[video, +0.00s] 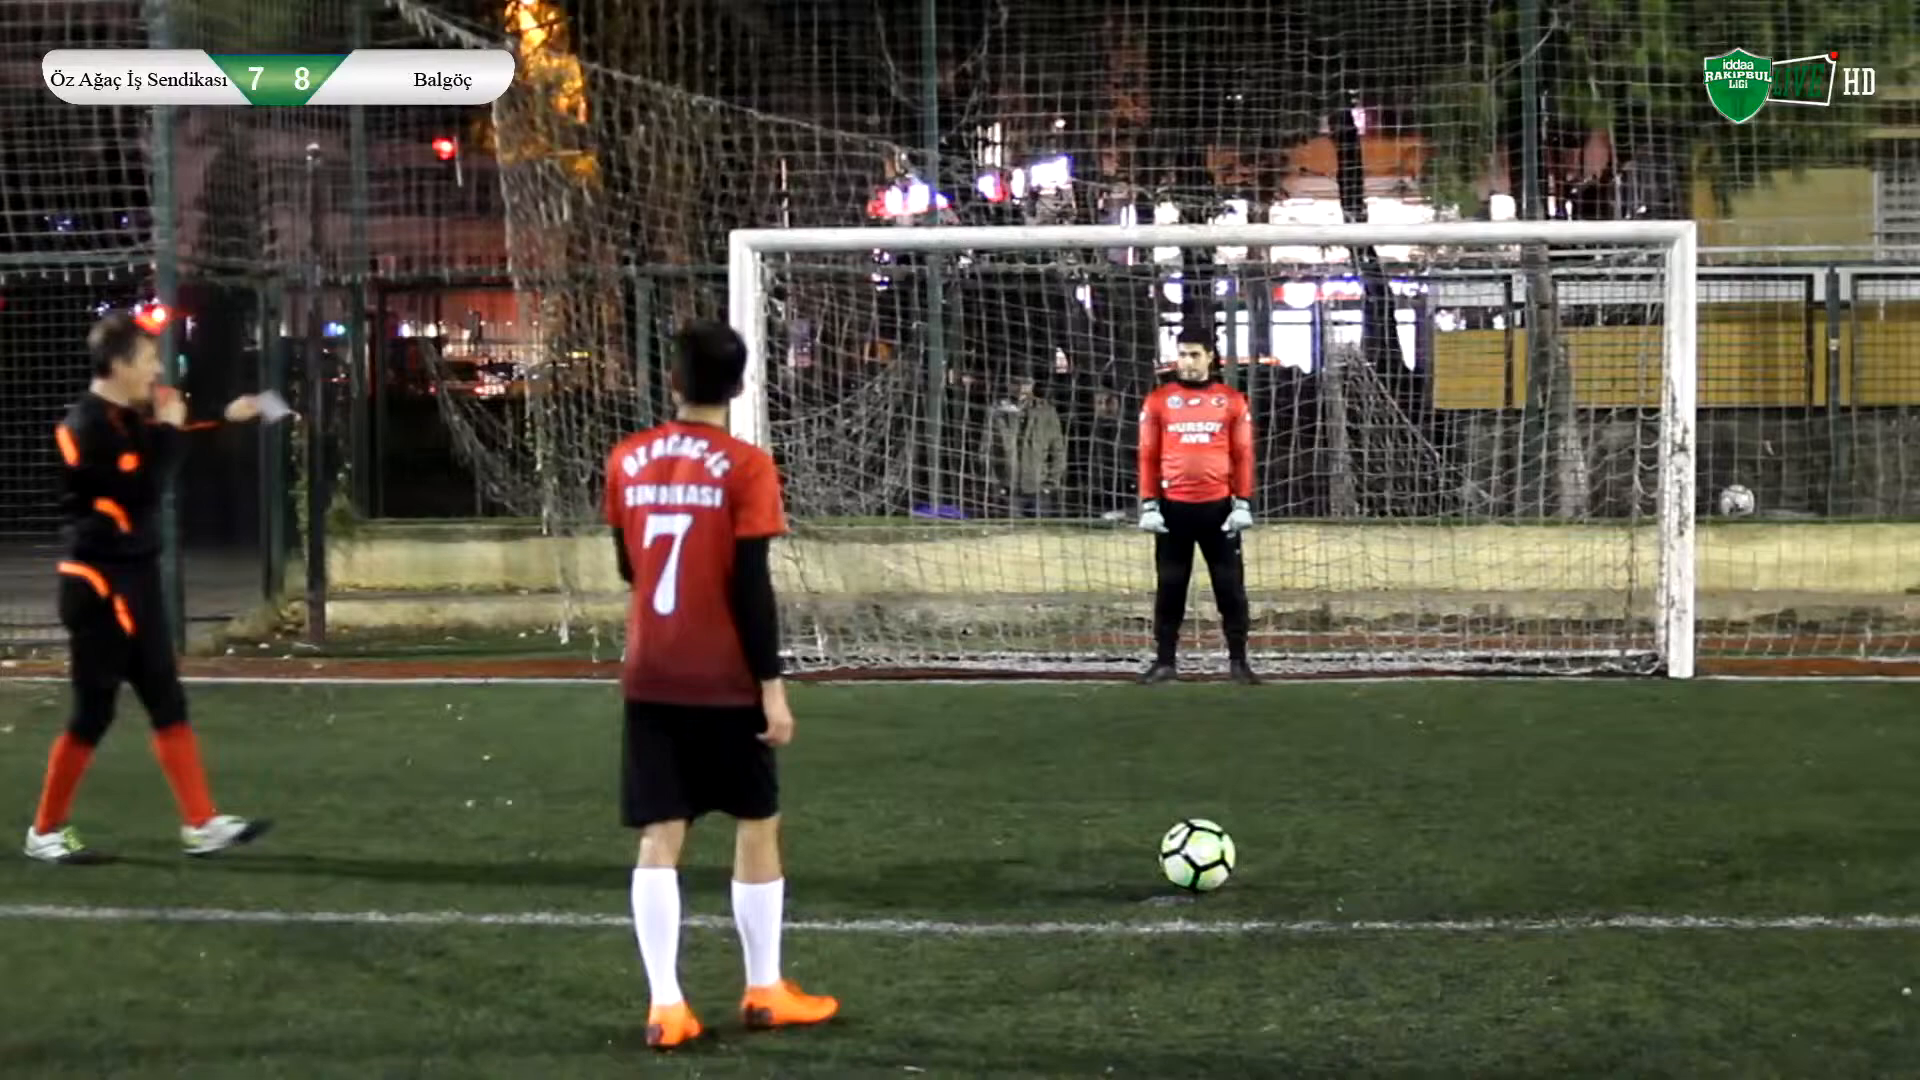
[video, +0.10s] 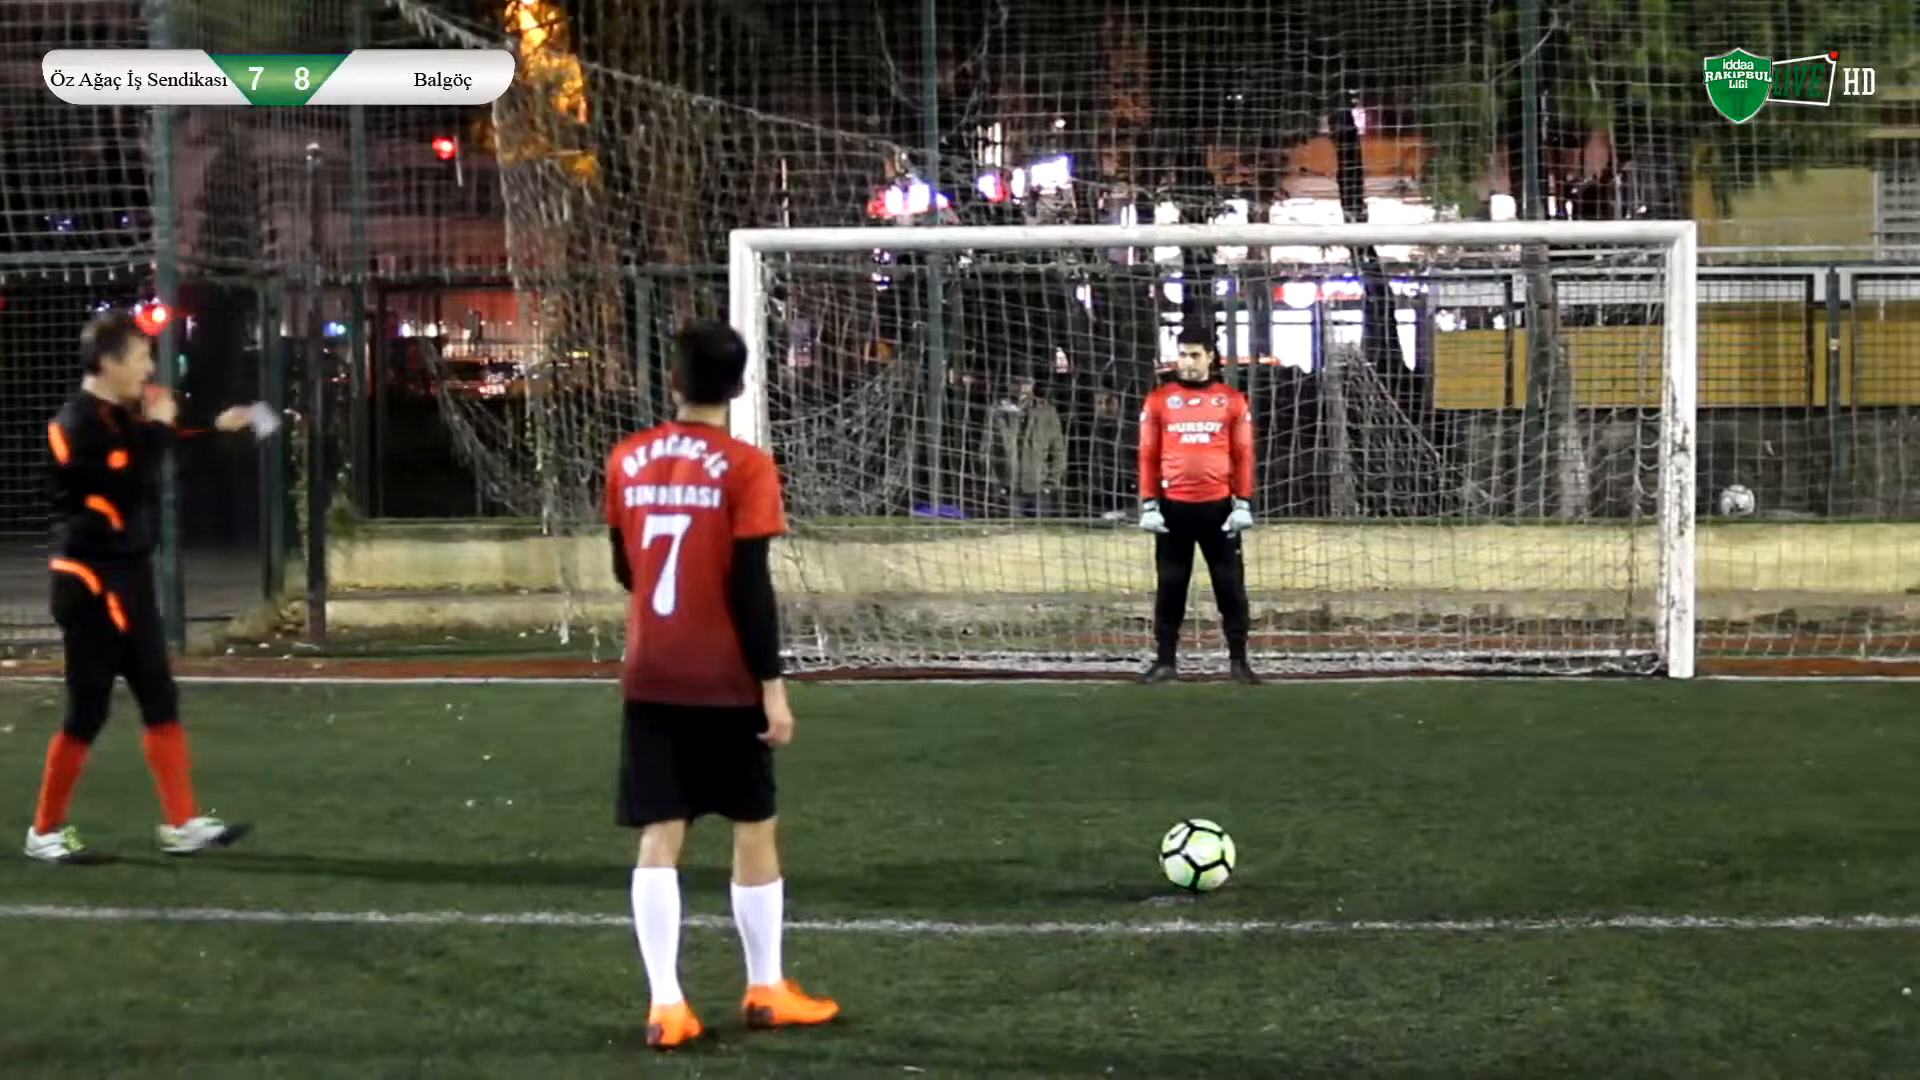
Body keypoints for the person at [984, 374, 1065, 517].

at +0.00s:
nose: (1020, 389)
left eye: (1026, 383)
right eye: (1015, 383)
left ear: (1034, 386)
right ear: (1008, 385)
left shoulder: (1047, 412)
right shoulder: (998, 412)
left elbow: (1058, 451)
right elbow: (986, 451)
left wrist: (1051, 484)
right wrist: (995, 485)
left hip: (1040, 492)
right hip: (1009, 492)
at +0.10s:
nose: (1021, 389)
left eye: (1026, 383)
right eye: (1016, 383)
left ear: (1034, 385)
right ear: (1008, 385)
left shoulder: (1047, 412)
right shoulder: (998, 411)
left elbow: (1058, 450)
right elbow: (987, 451)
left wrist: (1051, 483)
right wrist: (996, 485)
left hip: (1040, 491)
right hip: (1009, 492)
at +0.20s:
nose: (1020, 389)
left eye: (1025, 383)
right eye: (1015, 383)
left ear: (1032, 385)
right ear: (1007, 385)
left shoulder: (1046, 412)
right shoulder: (997, 411)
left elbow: (1057, 450)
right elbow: (985, 451)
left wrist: (1050, 483)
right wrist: (995, 484)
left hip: (1039, 490)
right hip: (1008, 491)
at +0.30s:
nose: (1018, 390)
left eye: (1023, 384)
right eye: (1013, 384)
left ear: (1031, 386)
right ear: (1006, 386)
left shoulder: (1045, 413)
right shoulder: (996, 412)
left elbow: (1055, 450)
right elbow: (984, 452)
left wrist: (1049, 484)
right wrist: (993, 485)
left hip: (1038, 492)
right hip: (1007, 492)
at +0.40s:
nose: (1017, 390)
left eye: (1022, 384)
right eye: (1012, 384)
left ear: (1030, 386)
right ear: (1006, 386)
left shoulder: (1045, 413)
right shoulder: (995, 412)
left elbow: (1055, 451)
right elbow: (983, 452)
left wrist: (1049, 484)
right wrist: (993, 486)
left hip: (1038, 492)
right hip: (1006, 493)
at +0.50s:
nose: (1015, 390)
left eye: (1021, 385)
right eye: (1011, 384)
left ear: (1030, 387)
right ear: (1005, 387)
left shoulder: (1044, 414)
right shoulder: (995, 413)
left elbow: (1055, 451)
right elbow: (983, 452)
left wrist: (1049, 484)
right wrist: (992, 486)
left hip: (1037, 491)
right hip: (1006, 492)